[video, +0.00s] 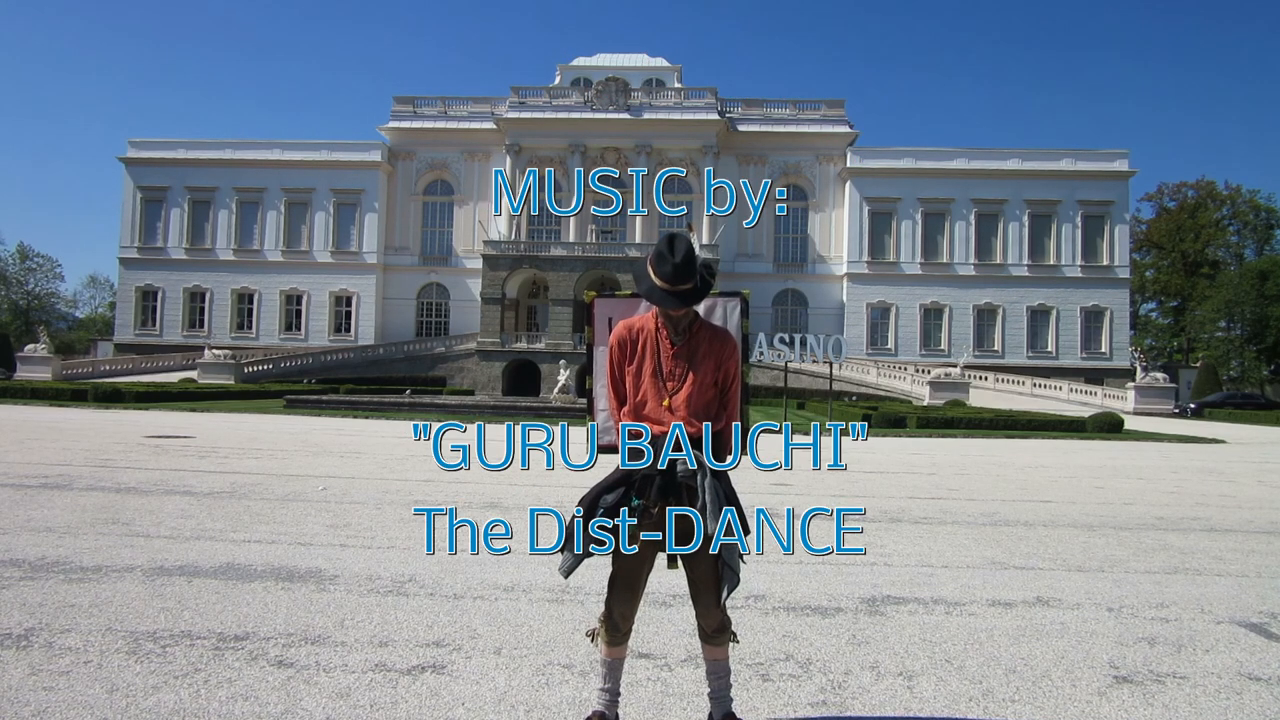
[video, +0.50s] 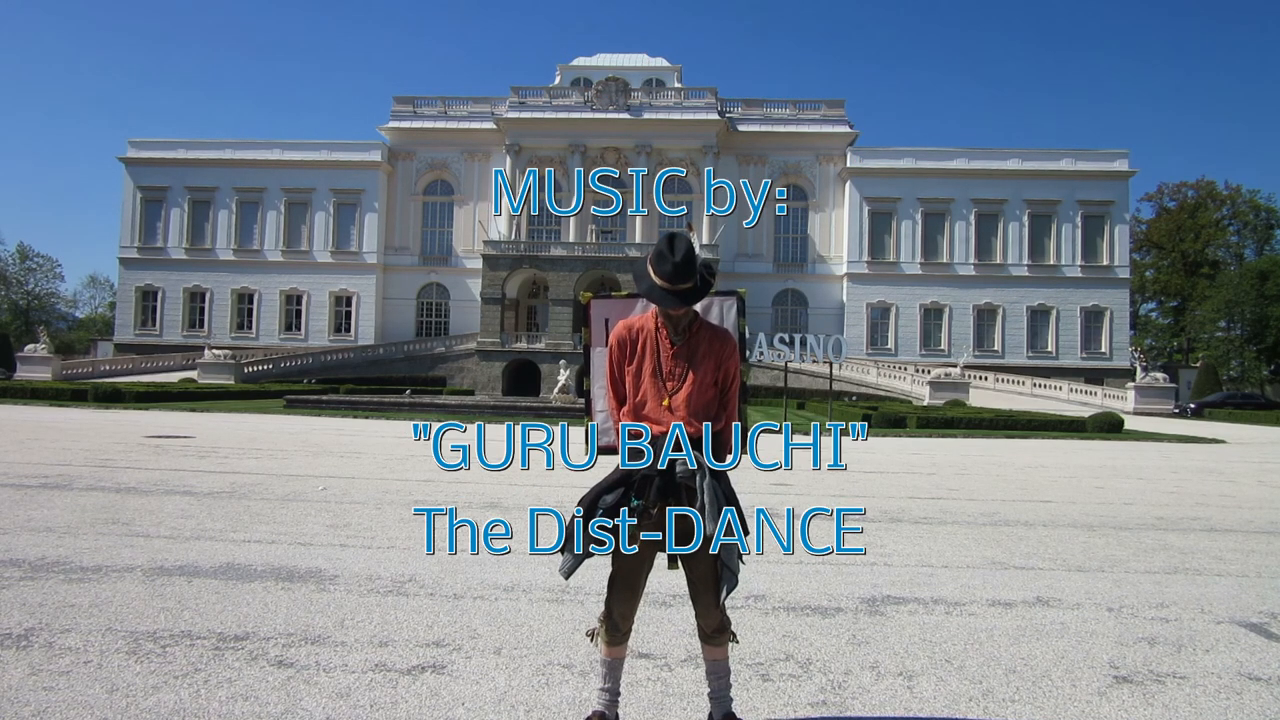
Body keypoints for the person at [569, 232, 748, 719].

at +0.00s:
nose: (677, 310)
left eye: (685, 300)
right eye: (668, 300)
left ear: (698, 291)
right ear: (652, 290)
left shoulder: (723, 345)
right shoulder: (626, 337)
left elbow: (730, 423)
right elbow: (620, 414)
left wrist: (707, 465)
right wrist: (653, 446)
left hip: (701, 492)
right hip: (642, 488)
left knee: (711, 604)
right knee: (621, 600)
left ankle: (721, 706)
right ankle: (607, 701)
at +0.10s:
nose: (676, 311)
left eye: (684, 301)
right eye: (666, 301)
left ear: (699, 293)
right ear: (652, 291)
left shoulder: (722, 344)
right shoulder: (626, 336)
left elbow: (729, 424)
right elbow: (621, 413)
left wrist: (702, 454)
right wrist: (652, 442)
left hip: (700, 490)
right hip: (641, 486)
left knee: (710, 602)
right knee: (621, 599)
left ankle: (721, 706)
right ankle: (607, 701)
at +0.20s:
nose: (676, 310)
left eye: (684, 301)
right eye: (667, 301)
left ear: (698, 292)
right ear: (652, 290)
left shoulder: (722, 344)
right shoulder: (626, 336)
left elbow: (729, 422)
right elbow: (620, 412)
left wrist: (711, 472)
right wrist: (643, 454)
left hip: (699, 490)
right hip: (641, 487)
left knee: (710, 603)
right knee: (622, 599)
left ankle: (722, 705)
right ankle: (607, 700)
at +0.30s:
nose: (676, 309)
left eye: (684, 300)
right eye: (667, 300)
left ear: (697, 293)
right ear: (652, 291)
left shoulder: (722, 344)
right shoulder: (626, 336)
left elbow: (729, 423)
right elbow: (620, 413)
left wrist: (712, 476)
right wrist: (648, 452)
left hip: (700, 491)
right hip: (641, 487)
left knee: (710, 603)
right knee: (622, 599)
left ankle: (722, 705)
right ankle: (607, 701)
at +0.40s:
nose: (676, 309)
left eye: (684, 300)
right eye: (667, 300)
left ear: (698, 292)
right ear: (652, 291)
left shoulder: (722, 344)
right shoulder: (625, 336)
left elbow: (729, 421)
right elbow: (619, 413)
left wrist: (708, 463)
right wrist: (641, 452)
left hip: (699, 490)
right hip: (642, 487)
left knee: (710, 602)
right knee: (622, 598)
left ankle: (721, 705)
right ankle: (607, 699)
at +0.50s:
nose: (676, 308)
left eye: (684, 299)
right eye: (667, 299)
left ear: (697, 293)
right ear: (653, 291)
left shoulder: (723, 344)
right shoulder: (626, 336)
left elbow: (729, 422)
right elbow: (618, 411)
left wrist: (705, 460)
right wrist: (641, 447)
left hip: (699, 489)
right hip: (640, 486)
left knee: (710, 603)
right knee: (621, 599)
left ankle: (721, 705)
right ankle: (608, 700)